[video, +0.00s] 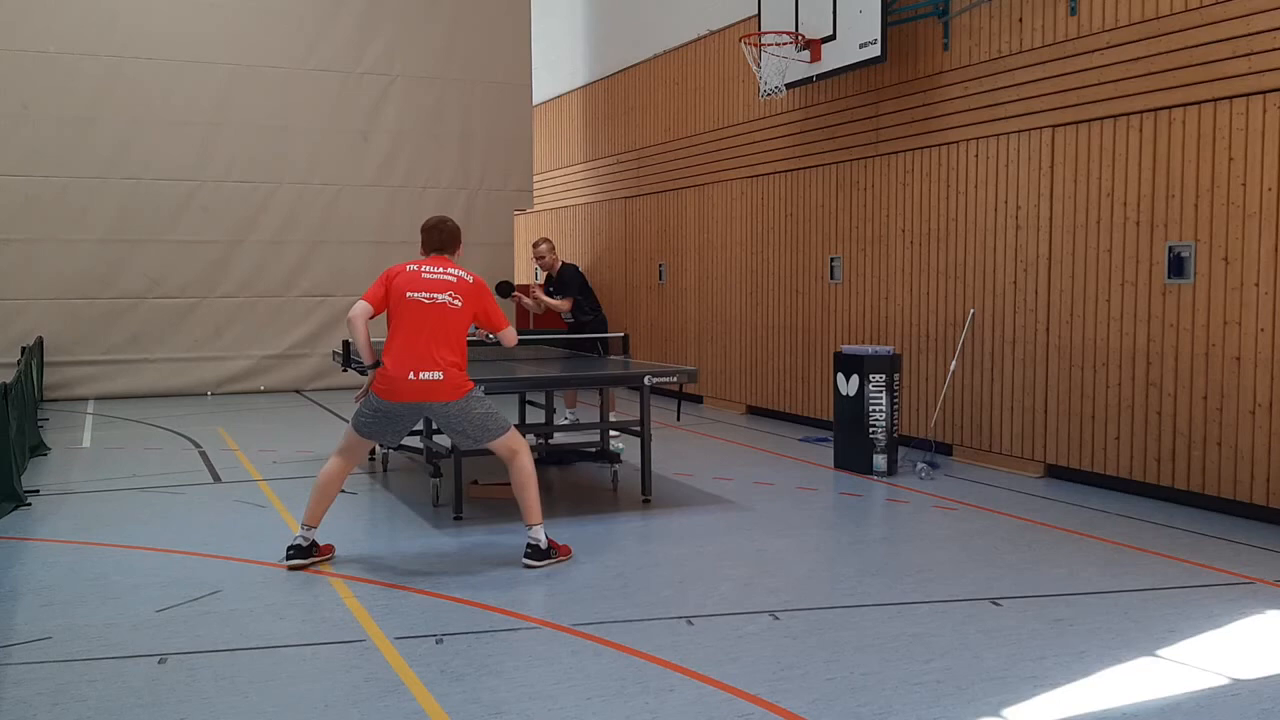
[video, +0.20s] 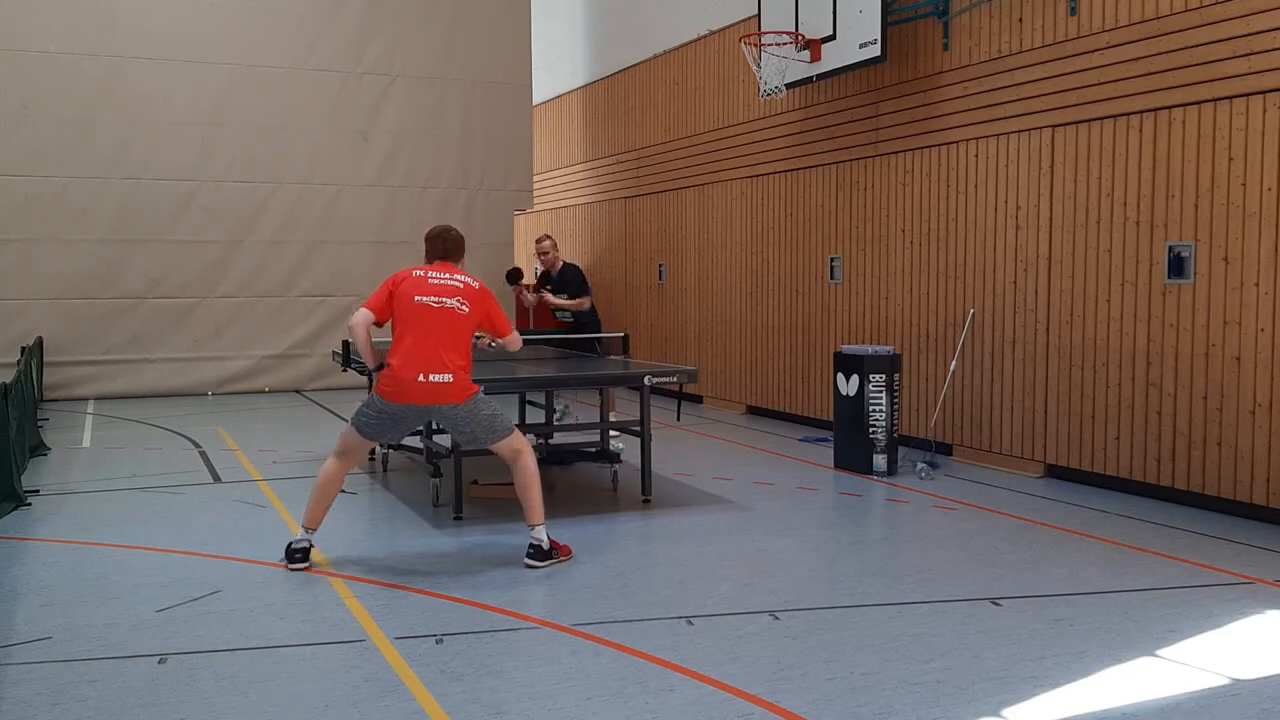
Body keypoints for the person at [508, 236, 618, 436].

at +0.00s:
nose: (538, 263)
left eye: (541, 258)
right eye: (535, 259)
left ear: (553, 255)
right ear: (535, 258)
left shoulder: (570, 272)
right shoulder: (549, 278)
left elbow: (566, 306)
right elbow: (540, 308)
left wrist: (542, 297)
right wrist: (522, 299)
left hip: (594, 328)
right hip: (574, 329)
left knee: (603, 376)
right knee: (568, 373)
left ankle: (611, 423)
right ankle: (571, 417)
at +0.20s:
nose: (541, 259)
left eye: (545, 254)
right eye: (538, 255)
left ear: (556, 252)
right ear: (536, 255)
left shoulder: (573, 272)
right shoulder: (544, 276)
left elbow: (585, 304)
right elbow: (533, 302)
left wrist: (556, 302)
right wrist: (523, 294)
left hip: (587, 329)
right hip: (565, 330)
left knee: (600, 376)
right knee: (561, 371)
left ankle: (609, 423)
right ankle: (566, 409)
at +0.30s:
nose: (543, 255)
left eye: (547, 251)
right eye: (540, 252)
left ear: (557, 252)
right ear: (537, 254)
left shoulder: (574, 274)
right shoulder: (539, 277)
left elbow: (595, 298)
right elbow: (524, 305)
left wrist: (573, 318)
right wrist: (517, 288)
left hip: (580, 339)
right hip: (553, 339)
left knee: (597, 380)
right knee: (548, 382)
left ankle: (608, 423)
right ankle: (547, 426)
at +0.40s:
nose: (541, 261)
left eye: (546, 257)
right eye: (538, 258)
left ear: (555, 259)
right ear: (534, 260)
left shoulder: (570, 283)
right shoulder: (530, 284)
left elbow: (596, 302)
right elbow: (519, 309)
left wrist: (589, 322)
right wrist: (516, 298)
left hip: (570, 346)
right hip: (543, 347)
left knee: (601, 378)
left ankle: (608, 421)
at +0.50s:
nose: (537, 271)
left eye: (541, 267)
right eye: (533, 267)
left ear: (549, 268)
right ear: (529, 269)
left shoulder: (562, 292)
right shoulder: (523, 292)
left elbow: (586, 309)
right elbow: (500, 315)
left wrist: (590, 316)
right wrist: (508, 305)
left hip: (561, 351)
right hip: (531, 351)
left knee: (589, 382)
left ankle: (607, 424)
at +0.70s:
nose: (532, 279)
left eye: (536, 275)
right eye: (528, 275)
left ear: (544, 276)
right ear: (524, 278)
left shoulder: (558, 295)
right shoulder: (517, 298)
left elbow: (581, 310)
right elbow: (501, 311)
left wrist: (582, 326)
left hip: (561, 350)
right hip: (528, 351)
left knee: (590, 383)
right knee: (498, 379)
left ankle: (607, 428)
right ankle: (480, 420)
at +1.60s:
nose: (540, 294)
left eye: (543, 290)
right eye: (535, 290)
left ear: (549, 288)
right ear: (529, 290)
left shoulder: (559, 301)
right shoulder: (524, 304)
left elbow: (580, 317)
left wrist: (574, 336)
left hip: (563, 350)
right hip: (536, 350)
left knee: (591, 381)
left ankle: (605, 423)